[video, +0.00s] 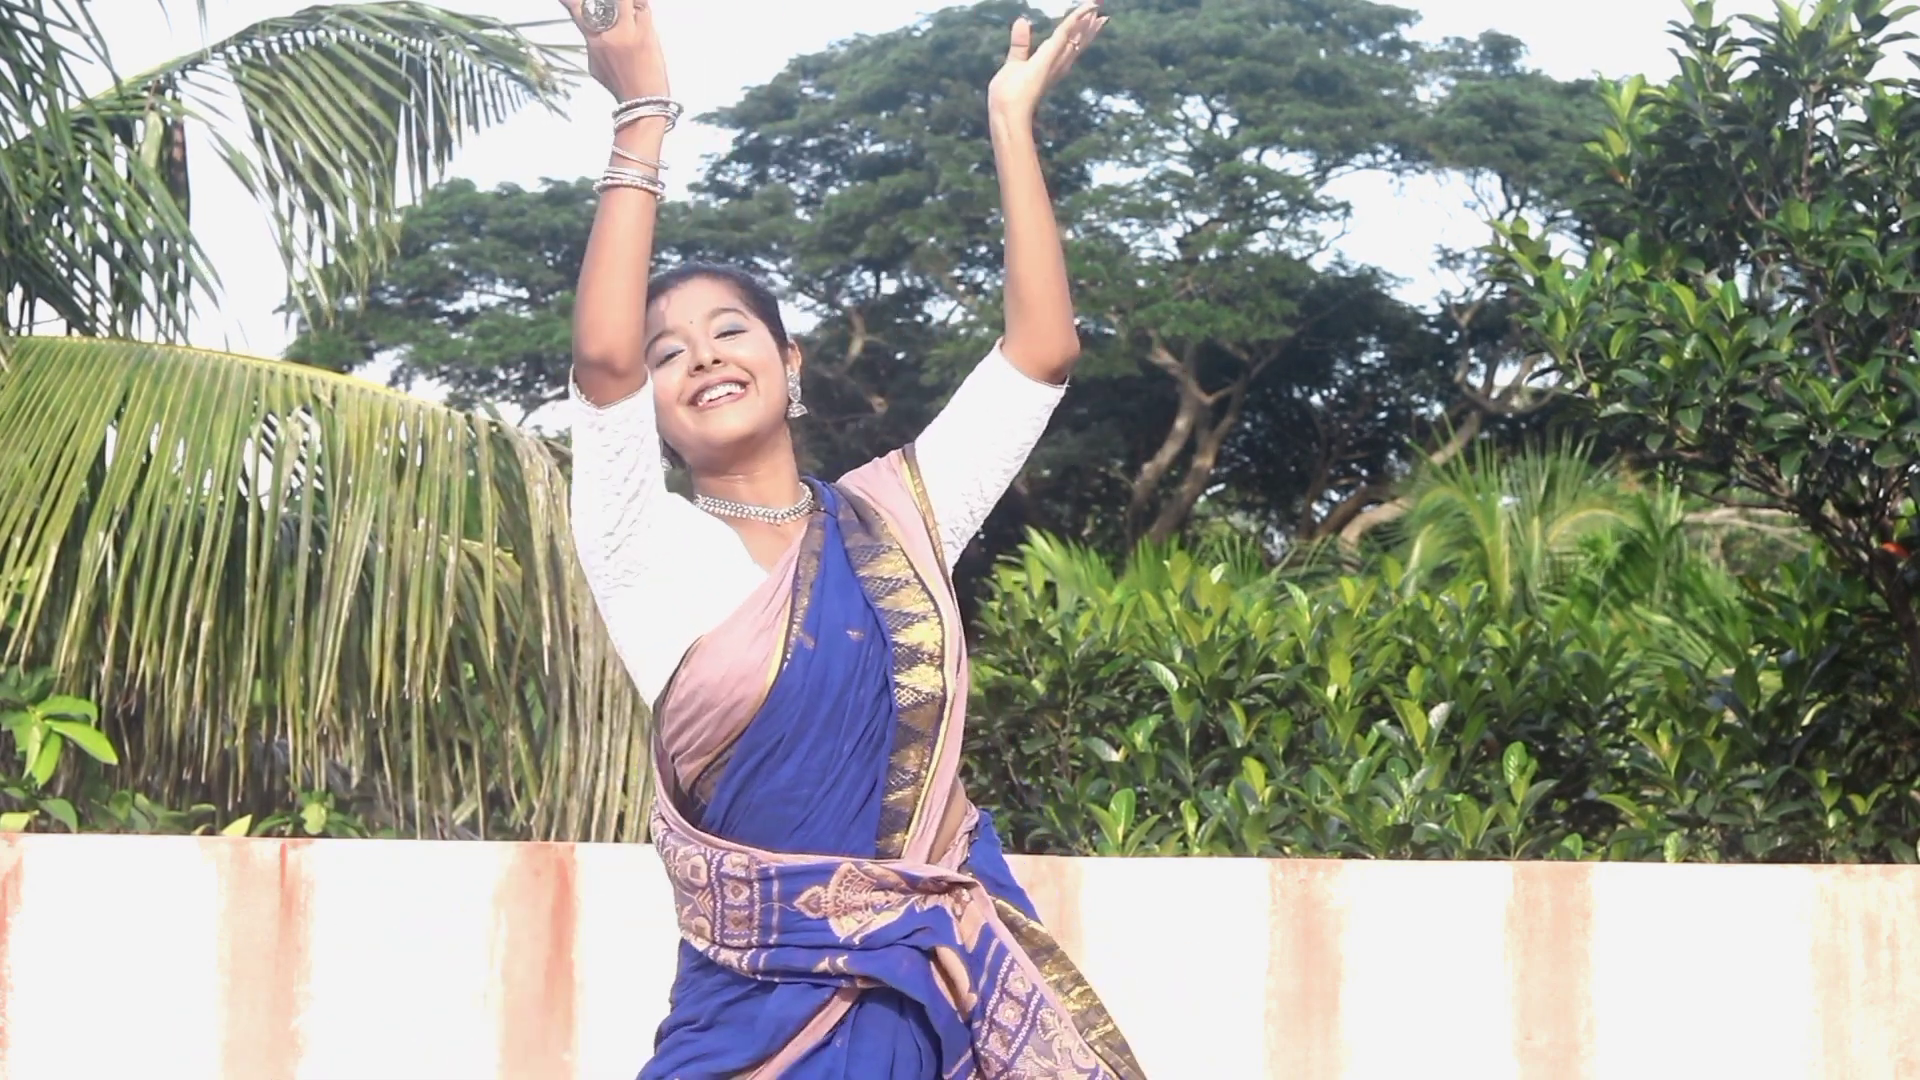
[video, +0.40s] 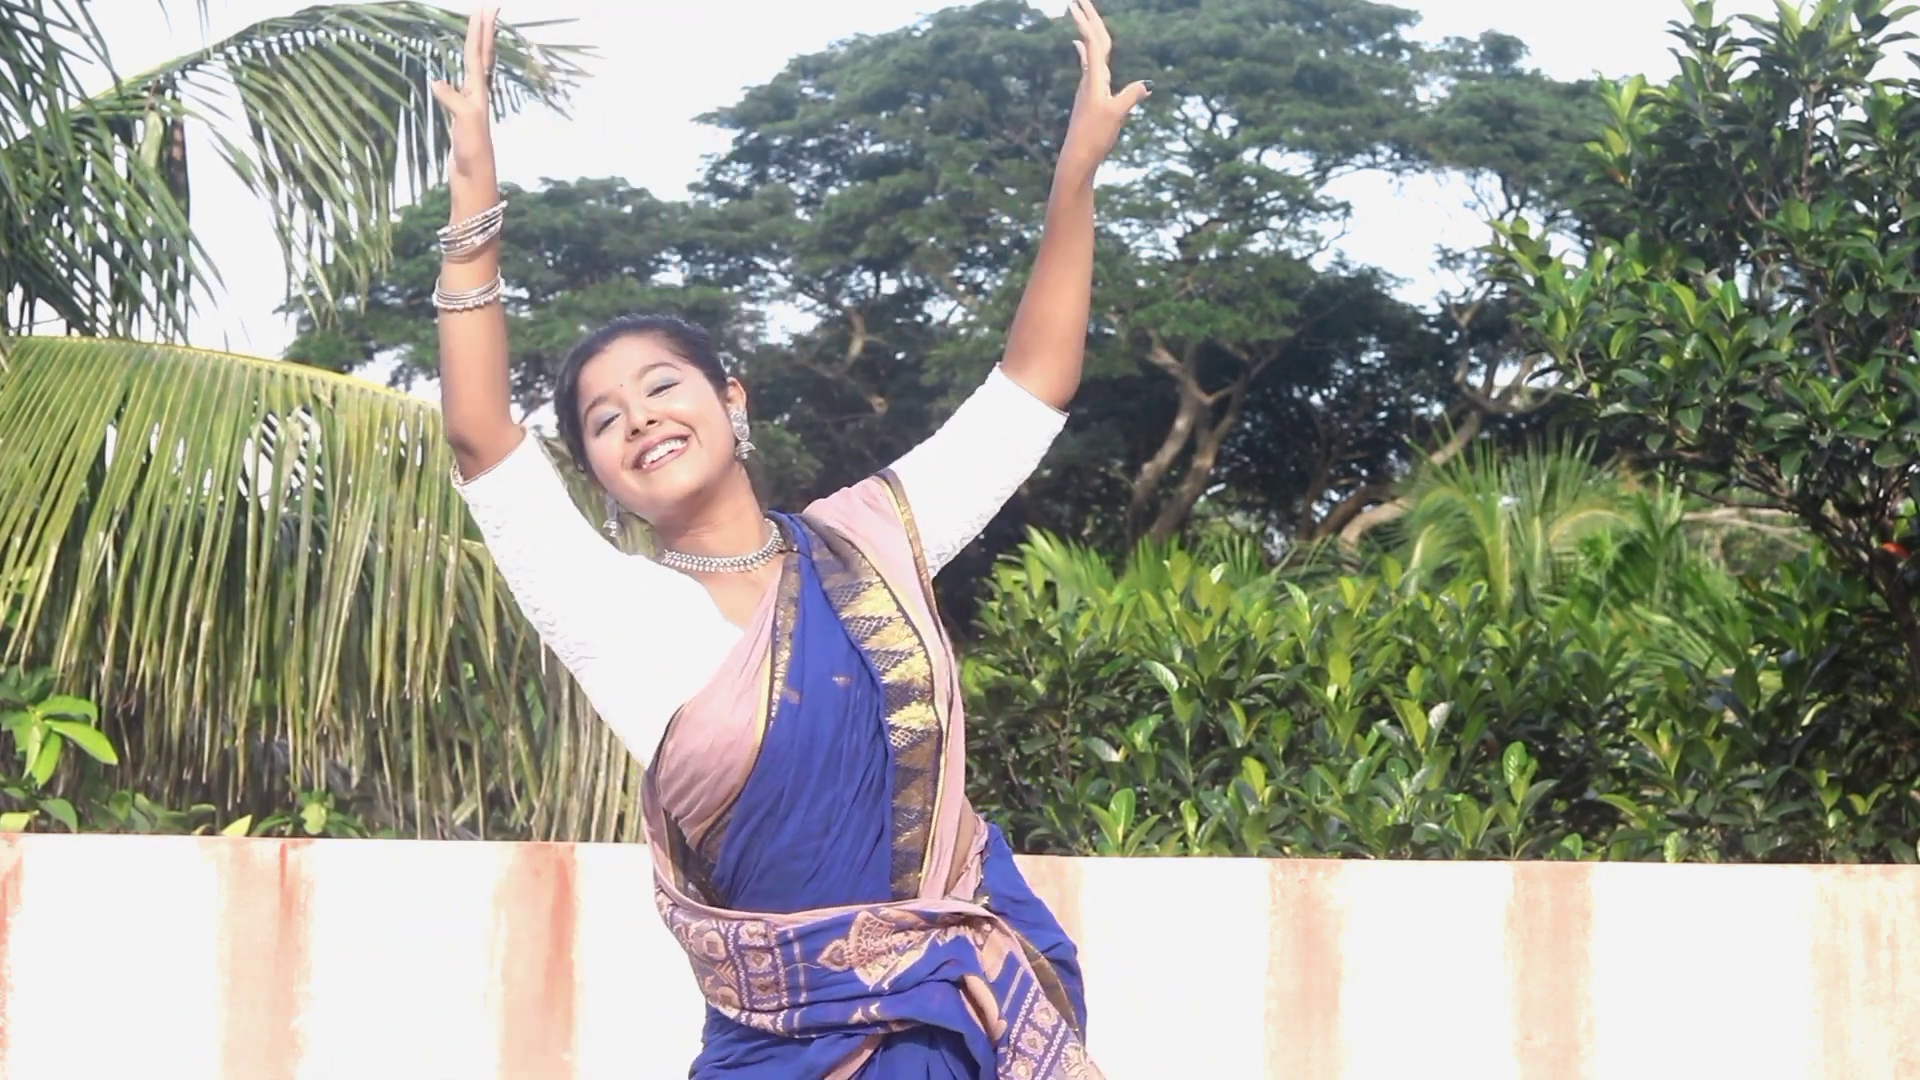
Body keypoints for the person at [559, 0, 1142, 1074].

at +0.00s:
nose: (703, 355)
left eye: (729, 329)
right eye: (668, 350)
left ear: (788, 364)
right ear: (648, 404)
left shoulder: (900, 509)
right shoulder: (647, 553)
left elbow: (1042, 348)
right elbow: (605, 365)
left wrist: (1011, 117)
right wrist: (641, 115)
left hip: (974, 983)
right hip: (766, 1006)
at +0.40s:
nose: (639, 419)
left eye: (662, 386)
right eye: (604, 420)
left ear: (735, 403)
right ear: (599, 481)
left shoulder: (878, 530)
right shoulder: (627, 627)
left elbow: (1034, 382)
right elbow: (479, 433)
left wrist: (1077, 173)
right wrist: (474, 197)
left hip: (988, 1001)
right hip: (786, 1038)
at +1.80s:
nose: (592, 524)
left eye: (611, 483)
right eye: (570, 515)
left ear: (706, 471)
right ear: (582, 551)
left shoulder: (900, 577)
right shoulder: (622, 698)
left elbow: (1113, 583)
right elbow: (379, 696)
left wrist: (1288, 503)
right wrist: (232, 564)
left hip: (1027, 1009)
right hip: (827, 1056)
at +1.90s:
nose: (589, 529)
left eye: (608, 489)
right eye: (568, 518)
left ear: (704, 474)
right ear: (582, 553)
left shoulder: (897, 579)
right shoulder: (619, 703)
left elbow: (1105, 596)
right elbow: (381, 714)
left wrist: (1280, 512)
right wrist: (245, 584)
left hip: (1022, 1016)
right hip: (820, 1060)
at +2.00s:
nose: (584, 530)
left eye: (603, 490)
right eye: (563, 520)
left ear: (700, 475)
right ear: (578, 557)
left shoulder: (895, 582)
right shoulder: (616, 708)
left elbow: (1105, 607)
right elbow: (381, 738)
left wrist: (1278, 519)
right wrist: (251, 599)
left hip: (1028, 1017)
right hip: (827, 1061)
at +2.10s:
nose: (573, 539)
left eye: (595, 497)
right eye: (557, 523)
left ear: (695, 481)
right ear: (568, 552)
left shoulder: (893, 588)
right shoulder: (611, 716)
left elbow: (1104, 630)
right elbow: (377, 772)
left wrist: (1281, 559)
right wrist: (248, 648)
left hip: (1026, 1014)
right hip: (830, 1058)